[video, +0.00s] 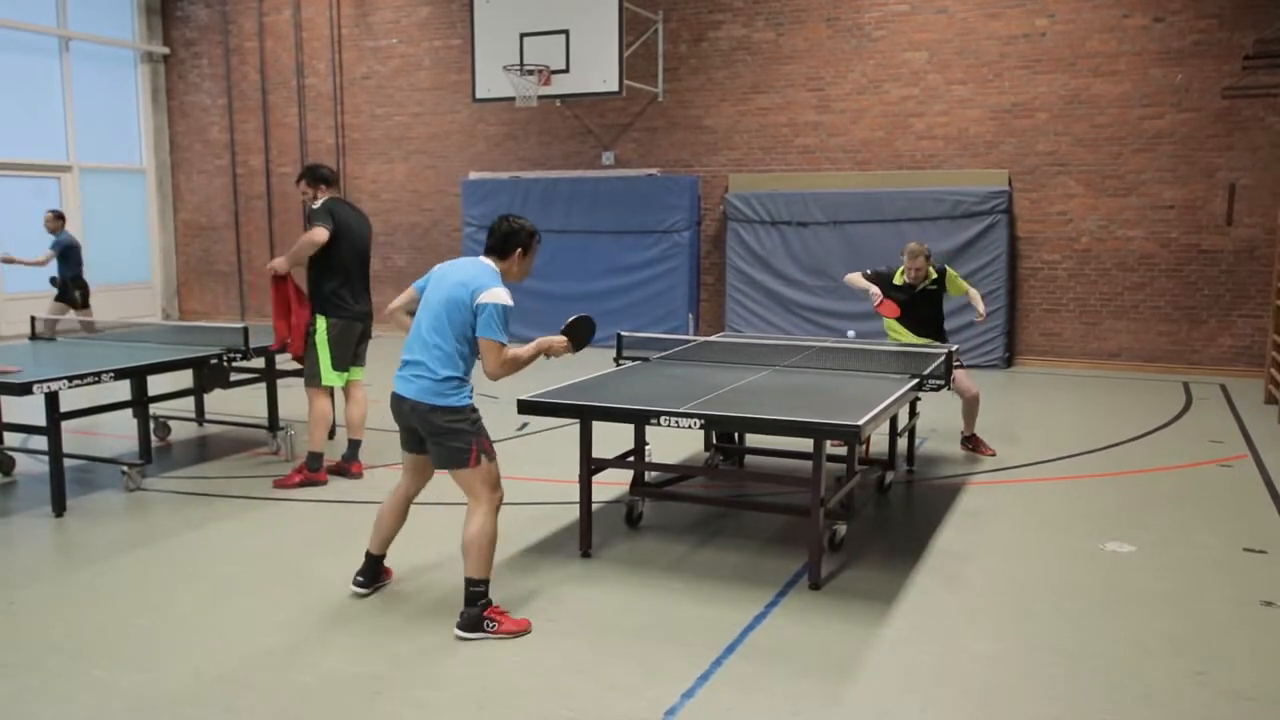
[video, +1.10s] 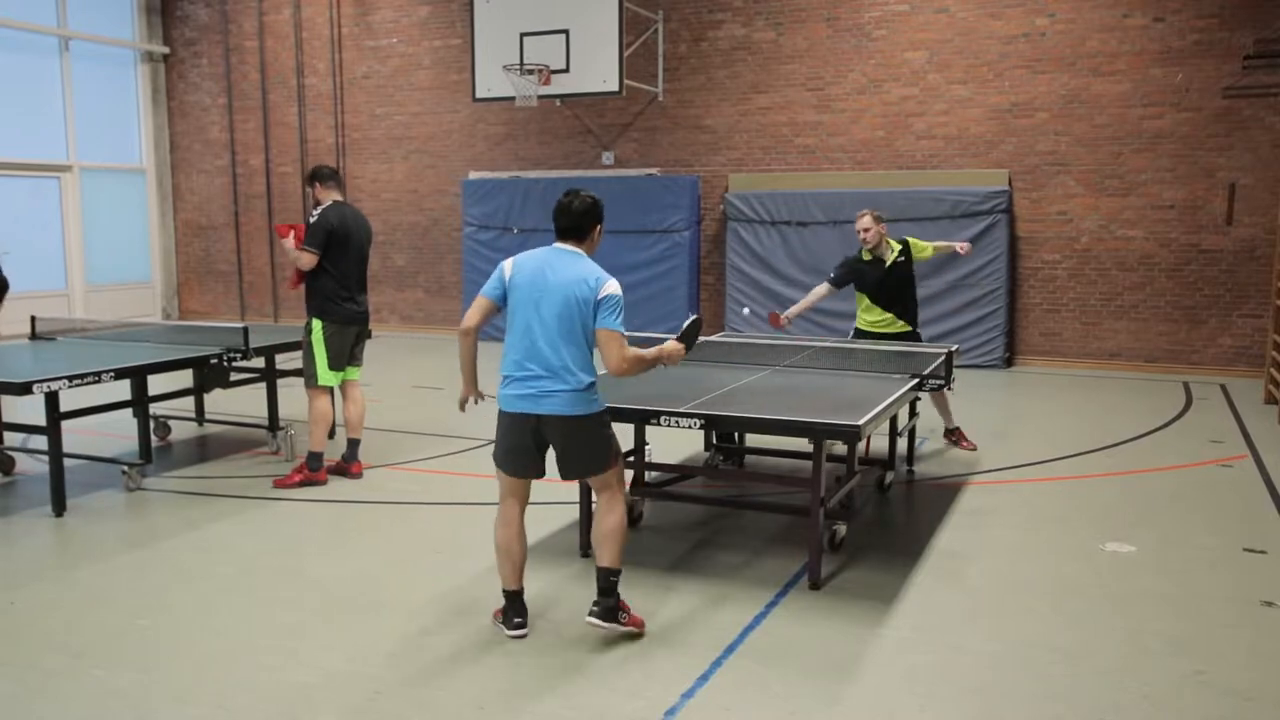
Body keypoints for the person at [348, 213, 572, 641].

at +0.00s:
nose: (532, 266)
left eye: (533, 258)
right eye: (531, 257)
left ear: (492, 250)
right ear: (517, 254)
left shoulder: (446, 268)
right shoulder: (492, 287)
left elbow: (396, 310)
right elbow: (497, 367)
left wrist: (438, 337)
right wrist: (540, 347)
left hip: (407, 396)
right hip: (445, 403)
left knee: (411, 480)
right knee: (486, 496)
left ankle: (369, 571)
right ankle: (476, 610)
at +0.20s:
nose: (533, 290)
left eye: (535, 281)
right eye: (533, 281)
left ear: (497, 272)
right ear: (515, 277)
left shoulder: (450, 289)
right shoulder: (496, 318)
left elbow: (403, 329)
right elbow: (520, 388)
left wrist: (439, 362)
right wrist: (575, 371)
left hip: (420, 420)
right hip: (461, 422)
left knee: (421, 490)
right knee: (547, 464)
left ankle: (366, 573)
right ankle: (534, 569)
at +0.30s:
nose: (565, 288)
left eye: (566, 280)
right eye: (564, 280)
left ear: (533, 272)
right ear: (543, 276)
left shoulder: (475, 283)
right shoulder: (525, 314)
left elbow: (425, 312)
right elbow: (559, 384)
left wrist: (453, 351)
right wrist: (618, 374)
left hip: (443, 413)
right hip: (487, 417)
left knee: (422, 491)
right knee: (561, 471)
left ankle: (366, 573)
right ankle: (600, 562)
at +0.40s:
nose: (603, 293)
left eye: (605, 285)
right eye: (603, 284)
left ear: (573, 273)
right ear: (583, 279)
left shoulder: (515, 280)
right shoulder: (572, 323)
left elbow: (456, 302)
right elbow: (612, 385)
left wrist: (476, 355)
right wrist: (670, 374)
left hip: (475, 409)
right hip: (523, 417)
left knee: (433, 492)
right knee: (585, 478)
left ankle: (374, 572)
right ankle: (623, 563)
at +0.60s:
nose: (655, 308)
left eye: (655, 301)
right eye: (655, 302)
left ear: (616, 289)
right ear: (644, 301)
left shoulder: (572, 300)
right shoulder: (635, 346)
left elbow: (514, 327)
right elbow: (665, 384)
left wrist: (505, 381)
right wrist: (712, 365)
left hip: (526, 427)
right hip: (578, 438)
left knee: (480, 499)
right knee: (634, 464)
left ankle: (422, 578)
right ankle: (629, 562)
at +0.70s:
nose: (654, 298)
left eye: (654, 291)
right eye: (654, 291)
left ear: (614, 281)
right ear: (646, 292)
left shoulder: (573, 297)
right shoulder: (643, 339)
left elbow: (523, 333)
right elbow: (658, 387)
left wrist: (513, 388)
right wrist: (699, 360)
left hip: (536, 431)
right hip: (590, 439)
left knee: (502, 497)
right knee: (638, 464)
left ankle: (470, 582)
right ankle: (630, 562)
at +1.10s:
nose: (602, 235)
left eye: (601, 228)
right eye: (602, 229)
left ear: (555, 228)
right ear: (595, 231)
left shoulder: (514, 266)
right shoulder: (600, 283)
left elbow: (468, 325)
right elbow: (618, 364)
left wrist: (469, 383)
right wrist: (660, 354)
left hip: (516, 411)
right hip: (575, 413)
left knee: (511, 502)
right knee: (609, 491)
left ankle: (514, 609)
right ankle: (607, 601)